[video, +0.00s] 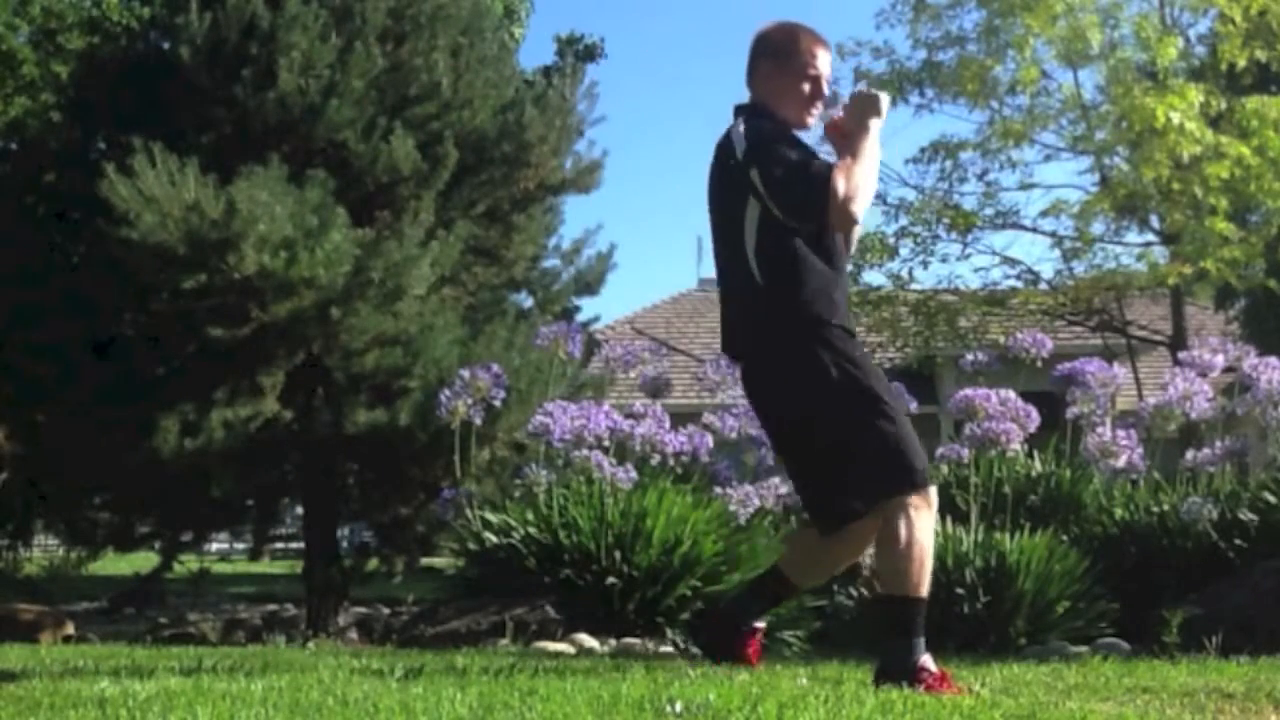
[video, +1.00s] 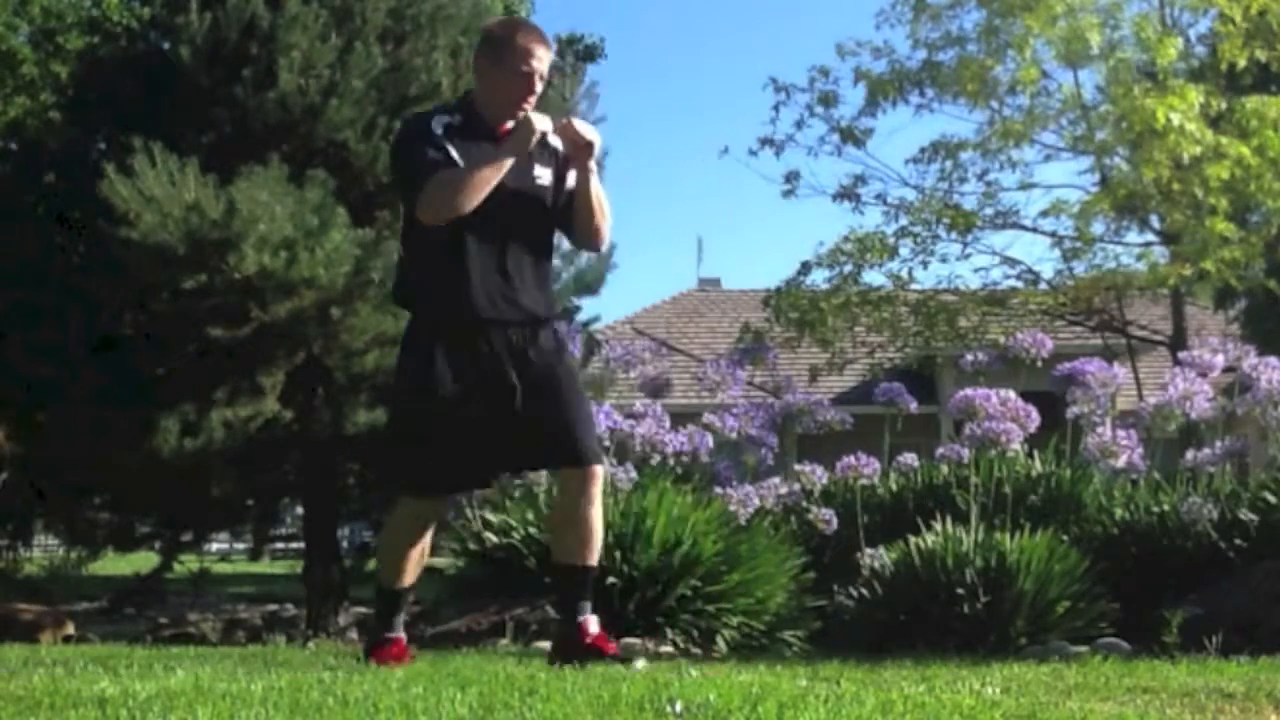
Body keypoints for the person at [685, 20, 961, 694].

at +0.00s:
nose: (821, 92)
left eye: (824, 81)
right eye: (810, 78)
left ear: (783, 83)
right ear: (766, 73)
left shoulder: (755, 142)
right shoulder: (762, 138)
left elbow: (834, 237)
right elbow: (840, 211)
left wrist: (845, 147)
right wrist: (866, 135)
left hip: (780, 351)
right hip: (812, 343)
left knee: (856, 519)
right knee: (908, 488)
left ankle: (735, 618)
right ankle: (905, 661)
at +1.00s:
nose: (532, 87)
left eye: (542, 77)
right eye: (522, 72)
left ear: (548, 83)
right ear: (480, 66)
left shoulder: (551, 149)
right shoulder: (428, 131)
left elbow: (593, 236)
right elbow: (436, 207)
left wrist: (583, 166)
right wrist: (512, 152)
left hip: (536, 337)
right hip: (446, 338)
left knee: (583, 468)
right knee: (422, 495)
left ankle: (578, 628)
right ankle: (387, 631)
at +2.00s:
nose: (462, 87)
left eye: (472, 80)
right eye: (451, 72)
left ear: (478, 92)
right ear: (412, 70)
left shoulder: (501, 156)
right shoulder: (373, 141)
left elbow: (560, 225)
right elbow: (355, 190)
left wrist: (532, 149)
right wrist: (427, 127)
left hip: (481, 348)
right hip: (392, 345)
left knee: (500, 497)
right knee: (369, 502)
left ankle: (498, 635)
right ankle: (372, 633)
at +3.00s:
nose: (482, 68)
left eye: (489, 60)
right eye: (469, 56)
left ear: (499, 70)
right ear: (432, 61)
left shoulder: (513, 139)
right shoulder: (394, 127)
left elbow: (569, 212)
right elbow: (382, 201)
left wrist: (535, 139)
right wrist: (455, 127)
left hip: (496, 334)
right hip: (409, 331)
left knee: (509, 485)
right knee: (379, 483)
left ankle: (509, 634)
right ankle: (346, 618)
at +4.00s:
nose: (578, 128)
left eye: (584, 118)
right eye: (562, 115)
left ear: (595, 130)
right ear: (521, 126)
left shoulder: (611, 207)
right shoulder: (498, 191)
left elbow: (684, 237)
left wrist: (651, 163)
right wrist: (603, 141)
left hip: (593, 402)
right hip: (501, 398)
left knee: (677, 512)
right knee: (421, 531)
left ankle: (725, 646)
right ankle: (364, 640)